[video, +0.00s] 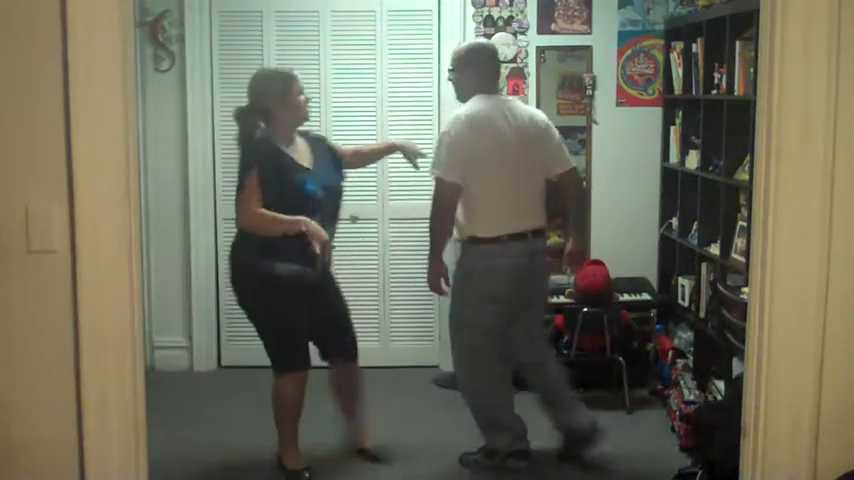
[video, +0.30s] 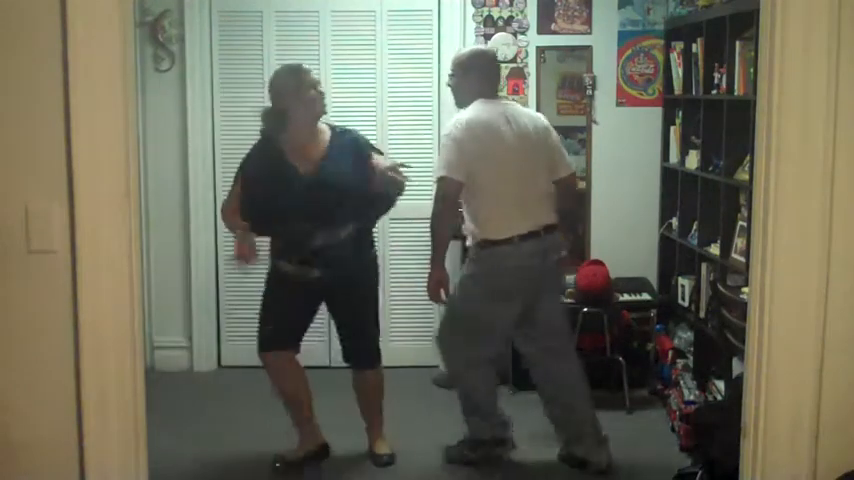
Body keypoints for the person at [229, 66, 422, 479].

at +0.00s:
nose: (306, 98)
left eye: (303, 92)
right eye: (298, 93)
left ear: (289, 103)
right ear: (273, 104)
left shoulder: (315, 144)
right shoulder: (260, 154)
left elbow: (354, 156)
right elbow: (247, 217)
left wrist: (395, 144)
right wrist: (302, 223)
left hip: (309, 265)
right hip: (263, 268)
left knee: (343, 349)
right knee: (291, 362)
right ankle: (289, 454)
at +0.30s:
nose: (320, 92)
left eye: (319, 85)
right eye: (310, 88)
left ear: (319, 95)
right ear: (285, 101)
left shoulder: (349, 143)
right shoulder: (262, 156)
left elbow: (390, 184)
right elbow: (230, 209)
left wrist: (390, 177)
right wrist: (244, 232)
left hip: (351, 266)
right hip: (292, 267)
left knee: (364, 355)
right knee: (275, 350)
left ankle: (377, 437)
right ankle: (310, 439)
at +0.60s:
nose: (268, 98)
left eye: (274, 92)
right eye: (272, 91)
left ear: (286, 101)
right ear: (306, 103)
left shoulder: (292, 148)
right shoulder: (301, 144)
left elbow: (274, 208)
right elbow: (279, 202)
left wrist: (232, 216)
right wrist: (244, 215)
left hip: (310, 264)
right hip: (316, 260)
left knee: (272, 358)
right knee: (298, 357)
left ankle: (357, 395)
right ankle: (321, 451)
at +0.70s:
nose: (278, 105)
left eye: (268, 98)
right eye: (292, 98)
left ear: (261, 99)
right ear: (298, 101)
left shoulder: (250, 145)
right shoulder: (316, 144)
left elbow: (230, 212)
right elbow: (328, 196)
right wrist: (288, 207)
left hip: (276, 265)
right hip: (327, 262)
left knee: (243, 340)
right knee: (301, 351)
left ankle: (297, 381)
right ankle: (313, 450)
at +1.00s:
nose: (270, 96)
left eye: (266, 89)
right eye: (262, 91)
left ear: (226, 100)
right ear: (243, 101)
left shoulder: (205, 144)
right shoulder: (266, 148)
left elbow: (184, 192)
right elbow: (282, 205)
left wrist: (225, 208)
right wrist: (306, 215)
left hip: (209, 259)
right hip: (256, 262)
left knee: (221, 348)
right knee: (273, 357)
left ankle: (190, 436)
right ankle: (274, 455)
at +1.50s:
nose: (220, 98)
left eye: (217, 91)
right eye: (211, 93)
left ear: (201, 101)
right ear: (186, 102)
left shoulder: (214, 144)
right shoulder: (166, 147)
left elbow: (235, 190)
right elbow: (144, 209)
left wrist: (282, 183)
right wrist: (185, 229)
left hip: (204, 267)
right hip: (166, 268)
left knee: (213, 344)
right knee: (168, 356)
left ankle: (191, 433)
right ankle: (142, 440)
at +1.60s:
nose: (218, 98)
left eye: (216, 92)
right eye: (209, 94)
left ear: (199, 103)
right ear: (185, 104)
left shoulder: (211, 144)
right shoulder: (164, 149)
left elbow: (222, 188)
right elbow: (146, 211)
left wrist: (268, 186)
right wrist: (197, 229)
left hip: (203, 269)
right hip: (164, 271)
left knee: (228, 341)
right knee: (157, 360)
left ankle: (194, 423)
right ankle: (140, 441)